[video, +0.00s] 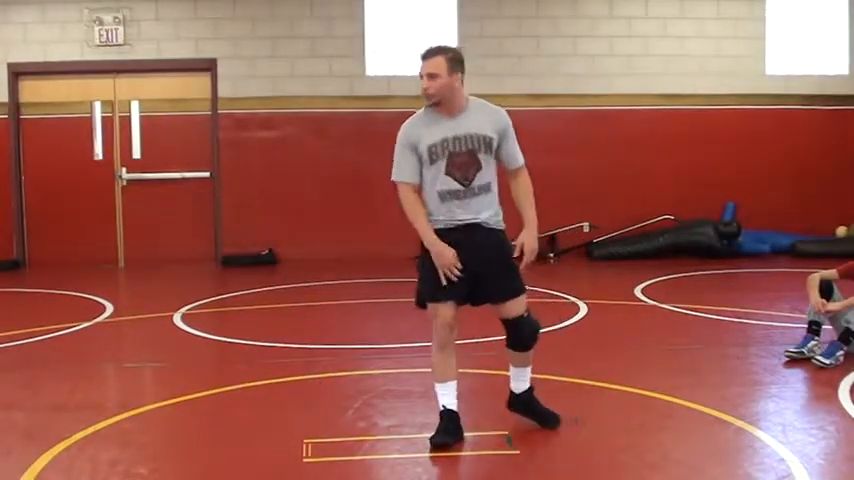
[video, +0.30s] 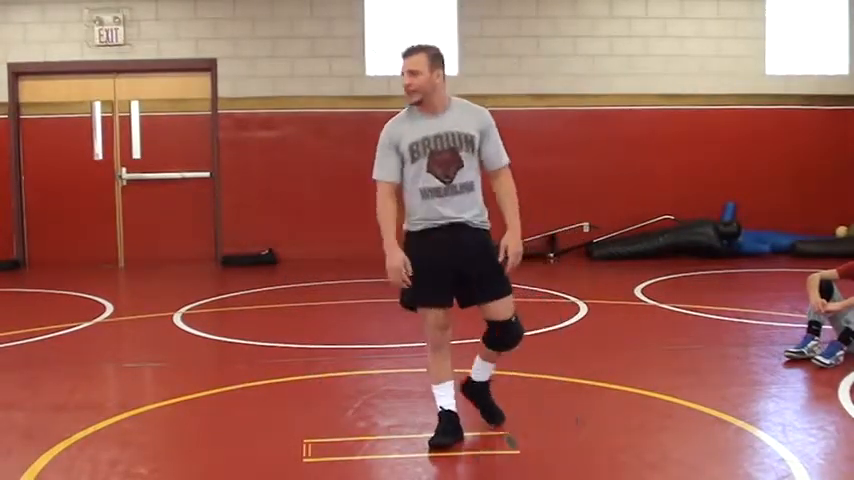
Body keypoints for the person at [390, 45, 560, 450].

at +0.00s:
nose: (424, 85)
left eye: (432, 77)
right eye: (422, 77)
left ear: (457, 79)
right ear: (425, 80)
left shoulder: (495, 118)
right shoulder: (413, 131)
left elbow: (517, 173)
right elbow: (407, 192)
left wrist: (530, 227)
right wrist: (434, 245)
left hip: (489, 234)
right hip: (440, 239)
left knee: (521, 325)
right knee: (444, 324)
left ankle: (521, 395)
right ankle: (449, 417)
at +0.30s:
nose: (407, 82)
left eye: (414, 74)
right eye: (404, 75)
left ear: (439, 76)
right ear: (404, 78)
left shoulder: (478, 118)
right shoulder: (396, 131)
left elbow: (501, 176)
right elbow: (386, 193)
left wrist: (513, 230)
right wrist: (391, 248)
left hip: (474, 234)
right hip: (424, 238)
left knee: (506, 329)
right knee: (438, 329)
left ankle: (477, 383)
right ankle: (447, 417)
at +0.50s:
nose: (403, 84)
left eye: (410, 75)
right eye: (399, 77)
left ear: (434, 76)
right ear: (397, 82)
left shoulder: (470, 119)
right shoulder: (389, 133)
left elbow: (487, 179)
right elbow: (374, 191)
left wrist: (488, 233)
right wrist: (366, 251)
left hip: (464, 234)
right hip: (417, 239)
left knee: (482, 335)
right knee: (433, 330)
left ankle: (422, 375)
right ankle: (447, 418)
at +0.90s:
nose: (430, 84)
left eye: (431, 76)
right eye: (421, 78)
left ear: (433, 80)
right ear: (399, 83)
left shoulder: (448, 126)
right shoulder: (371, 131)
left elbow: (461, 185)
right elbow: (353, 189)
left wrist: (466, 238)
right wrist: (361, 246)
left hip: (437, 236)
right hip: (394, 239)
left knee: (432, 329)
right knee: (415, 330)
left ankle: (397, 395)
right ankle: (440, 416)